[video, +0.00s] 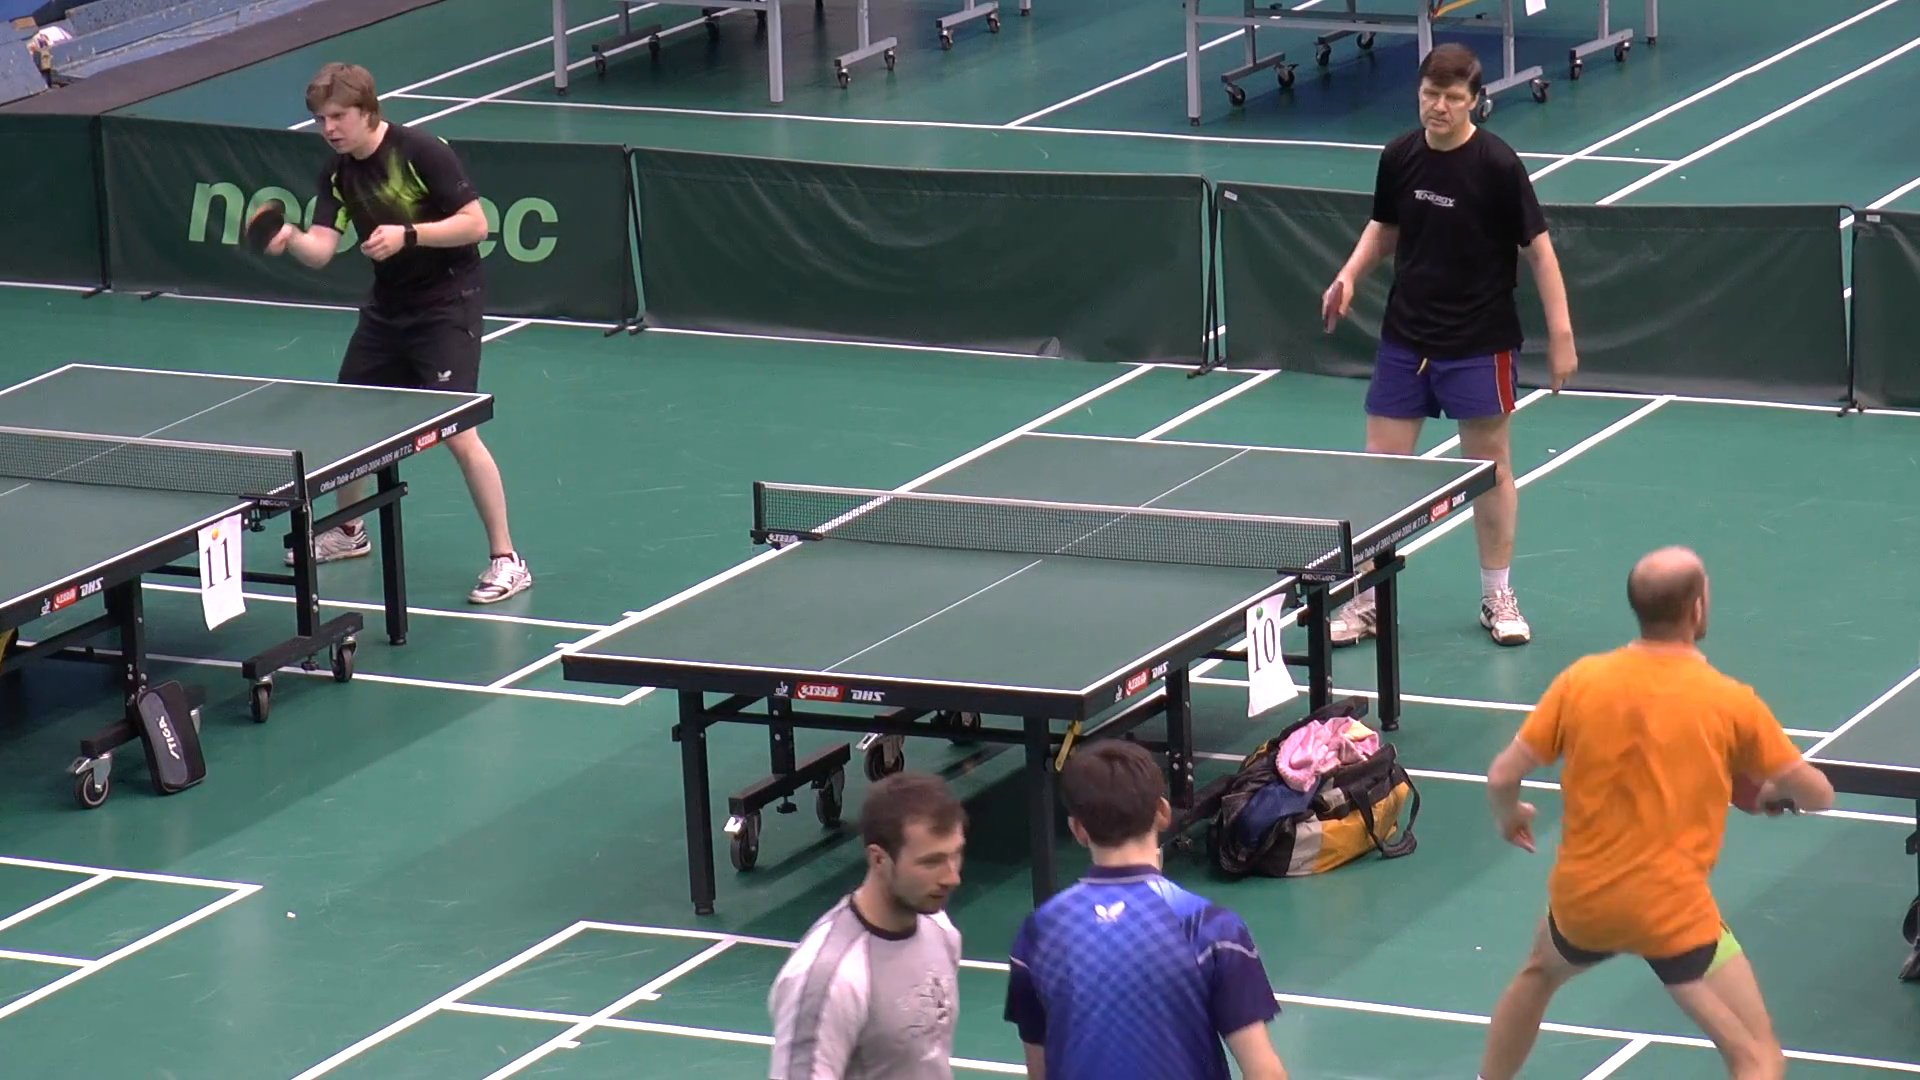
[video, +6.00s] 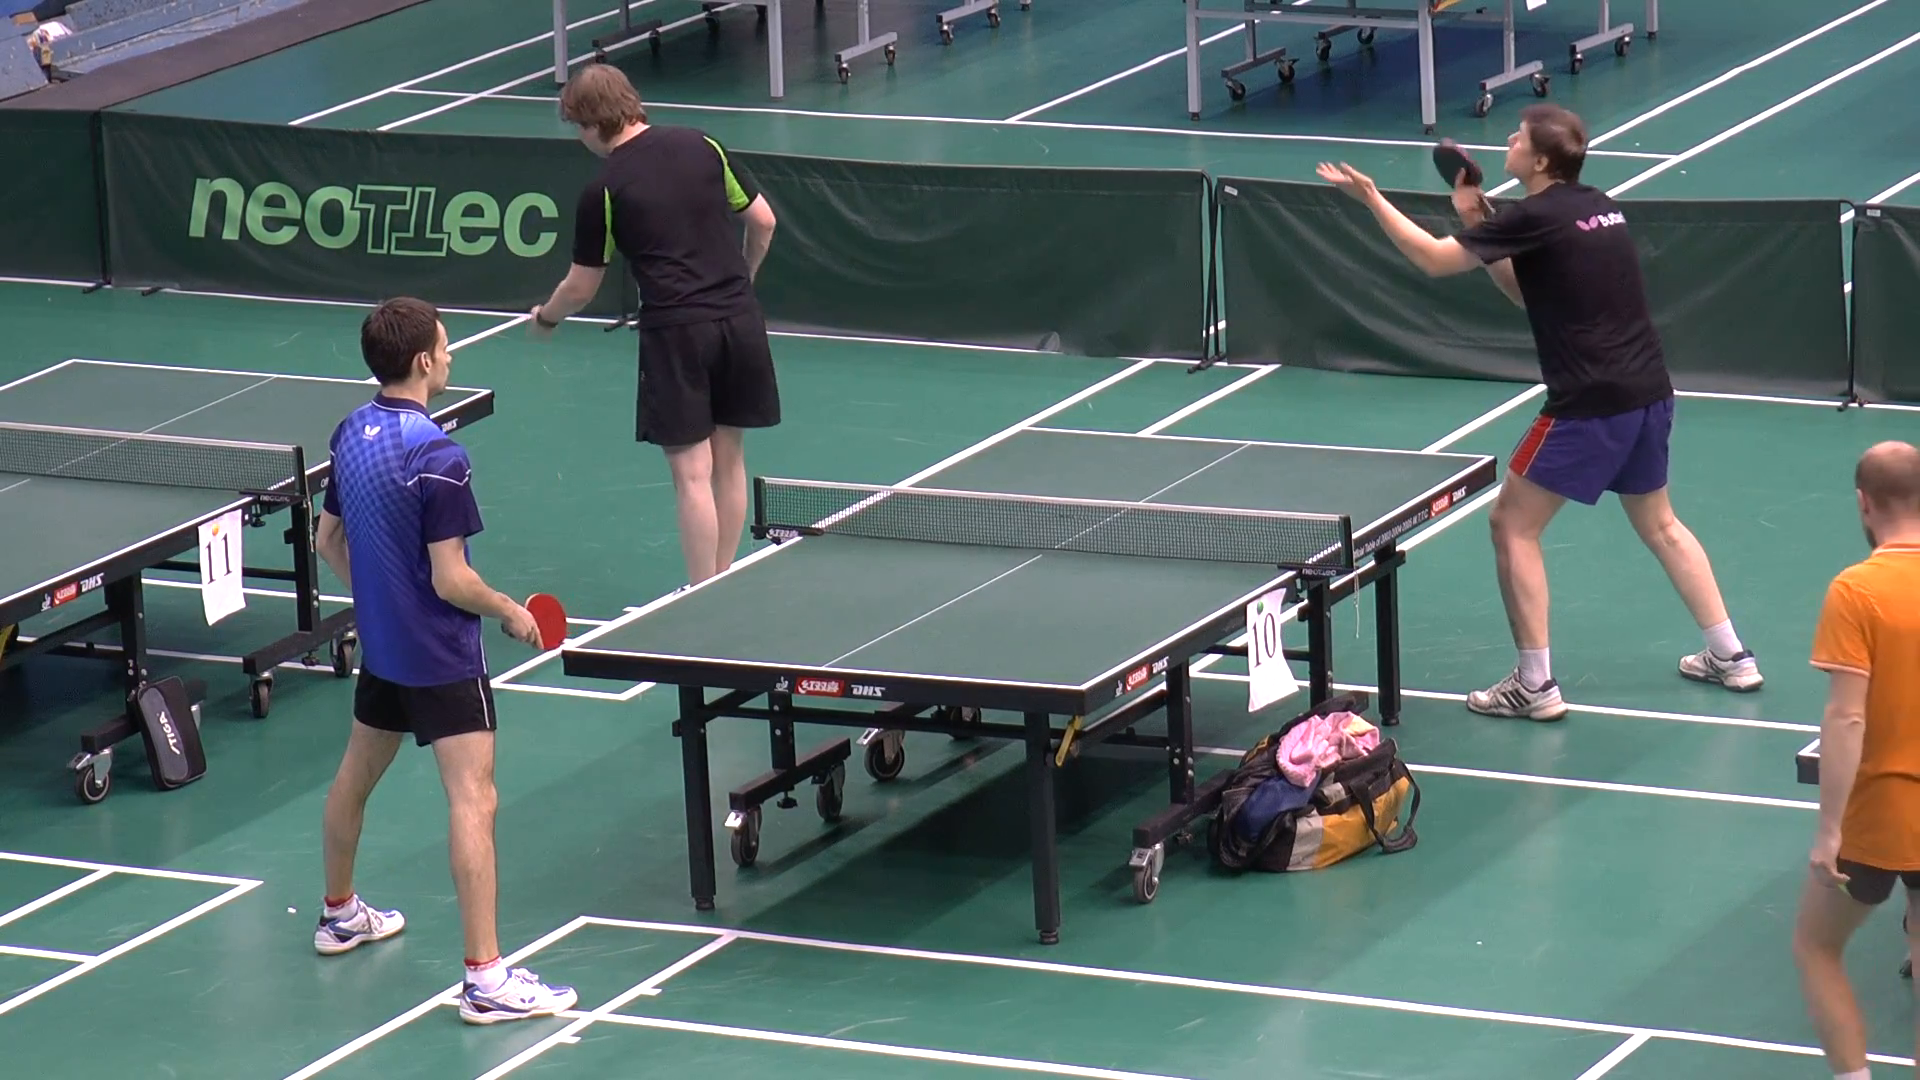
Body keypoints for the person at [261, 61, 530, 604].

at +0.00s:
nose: (327, 128)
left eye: (336, 117)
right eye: (321, 119)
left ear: (367, 112)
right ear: (320, 121)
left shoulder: (422, 150)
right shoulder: (337, 172)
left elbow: (476, 223)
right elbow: (320, 253)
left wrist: (409, 234)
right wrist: (290, 237)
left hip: (447, 309)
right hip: (385, 312)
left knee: (456, 428)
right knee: (345, 419)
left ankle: (506, 558)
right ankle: (350, 531)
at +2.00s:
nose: (376, 91)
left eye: (386, 80)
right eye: (371, 81)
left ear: (418, 78)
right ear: (372, 82)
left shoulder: (450, 134)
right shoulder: (391, 133)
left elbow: (477, 224)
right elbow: (394, 200)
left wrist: (398, 229)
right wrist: (358, 220)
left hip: (449, 298)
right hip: (402, 294)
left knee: (457, 425)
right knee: (374, 411)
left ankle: (516, 554)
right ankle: (377, 525)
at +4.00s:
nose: (359, 89)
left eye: (368, 78)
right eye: (350, 79)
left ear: (392, 71)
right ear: (342, 76)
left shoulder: (428, 125)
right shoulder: (336, 130)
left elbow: (477, 204)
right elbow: (312, 196)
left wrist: (426, 222)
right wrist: (308, 220)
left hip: (422, 291)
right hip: (359, 291)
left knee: (425, 411)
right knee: (344, 409)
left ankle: (428, 537)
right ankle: (358, 537)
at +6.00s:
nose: (581, 138)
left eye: (579, 127)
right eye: (576, 129)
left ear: (595, 121)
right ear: (633, 104)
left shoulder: (606, 186)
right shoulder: (700, 146)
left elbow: (580, 286)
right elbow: (763, 219)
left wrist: (547, 315)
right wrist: (741, 276)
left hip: (677, 333)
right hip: (740, 322)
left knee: (693, 478)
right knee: (729, 464)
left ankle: (704, 603)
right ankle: (722, 589)